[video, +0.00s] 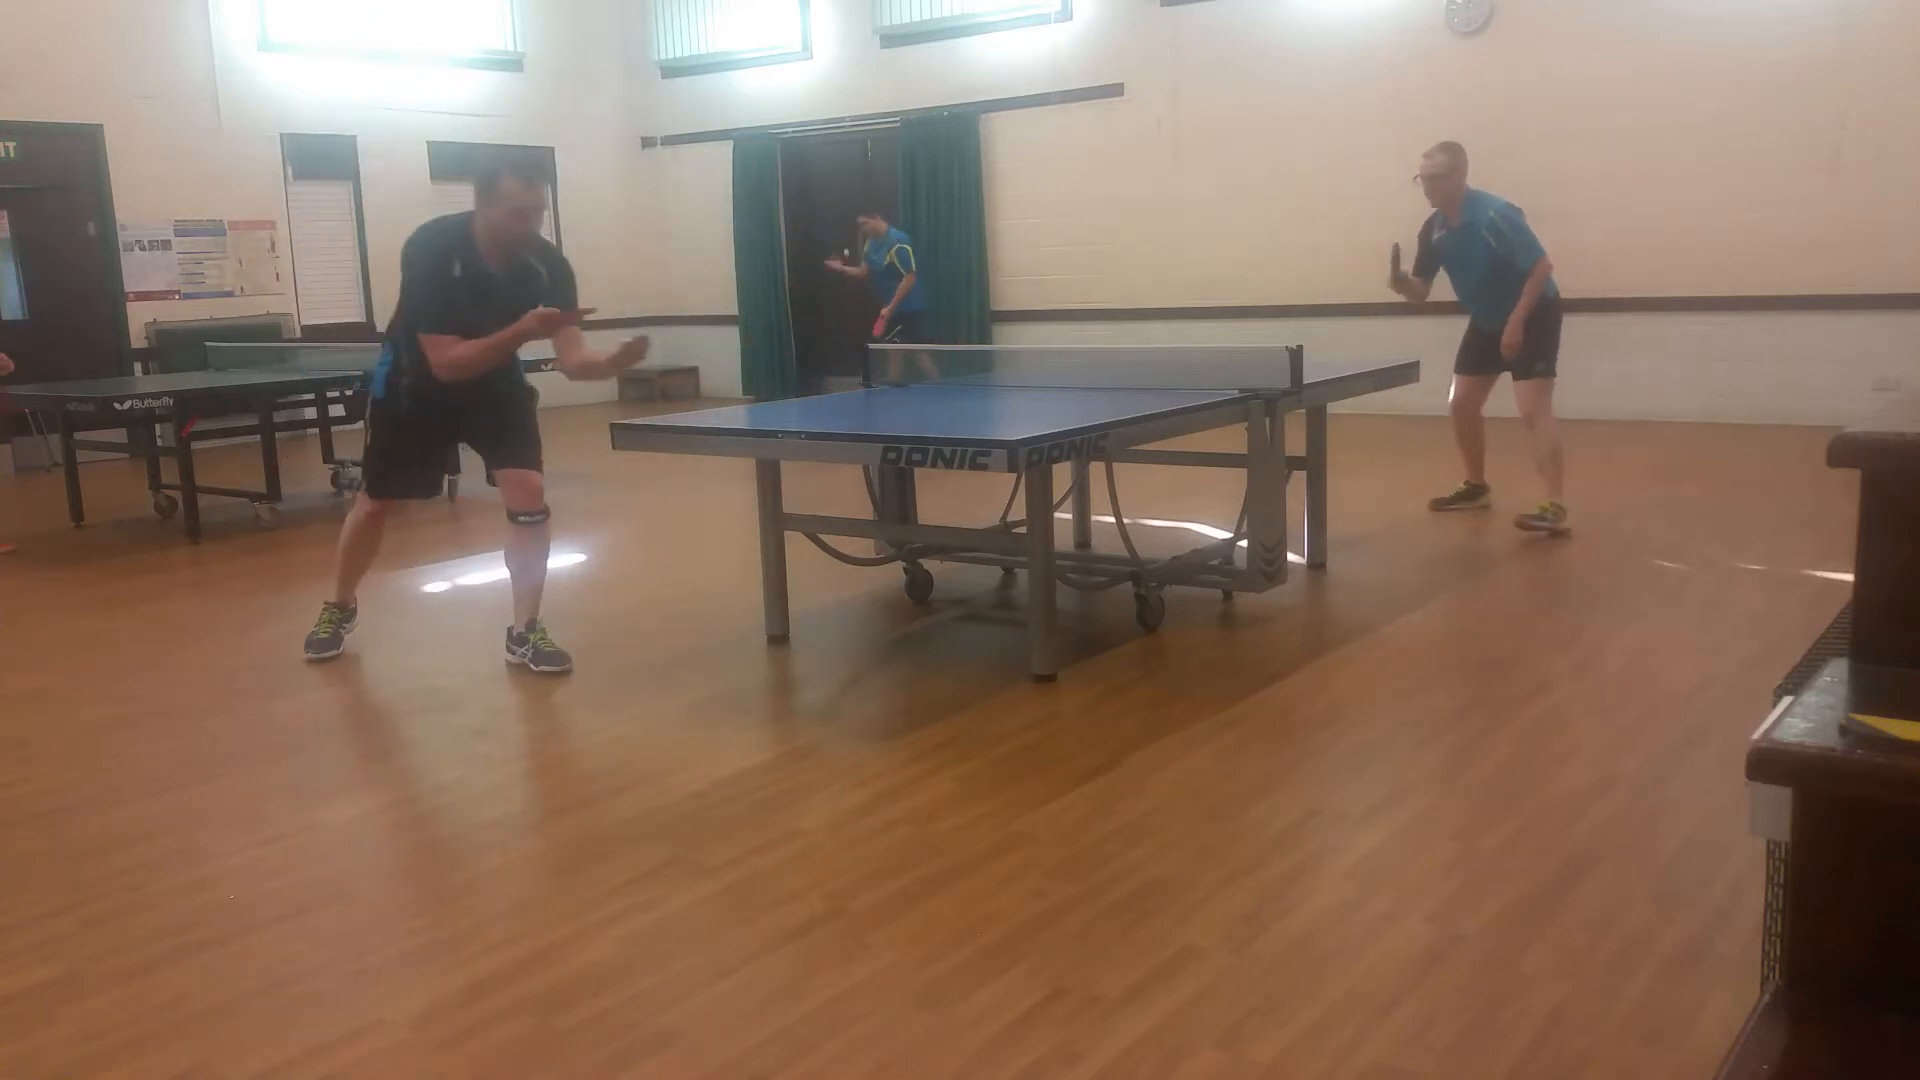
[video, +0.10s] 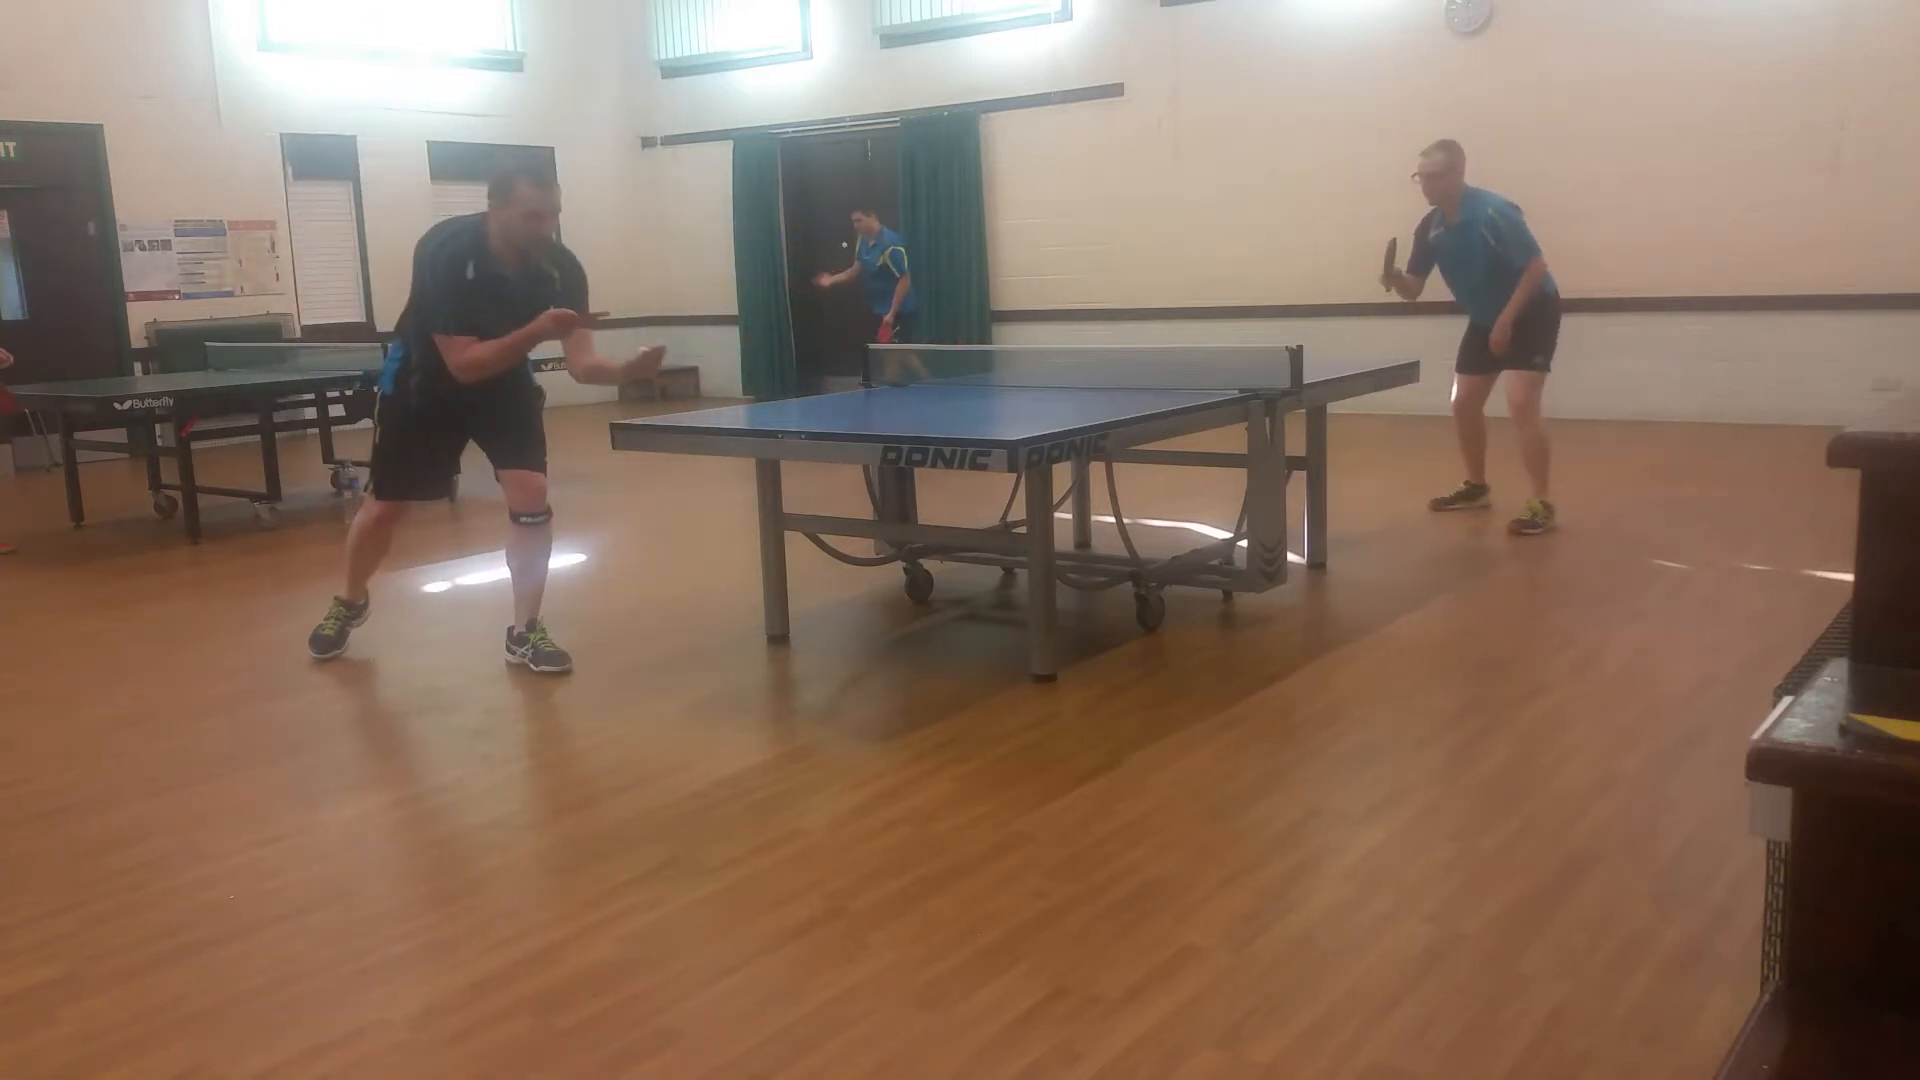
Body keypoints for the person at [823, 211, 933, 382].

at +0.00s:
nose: (863, 229)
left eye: (864, 224)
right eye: (861, 226)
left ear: (876, 219)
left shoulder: (898, 241)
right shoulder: (871, 243)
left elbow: (910, 277)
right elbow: (862, 272)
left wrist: (890, 308)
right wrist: (841, 268)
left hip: (908, 306)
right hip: (892, 306)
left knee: (894, 350)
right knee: (916, 350)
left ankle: (893, 395)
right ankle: (940, 388)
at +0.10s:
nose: (856, 226)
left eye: (858, 221)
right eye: (854, 222)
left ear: (872, 218)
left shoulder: (891, 245)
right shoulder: (864, 239)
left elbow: (904, 280)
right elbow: (857, 269)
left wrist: (891, 314)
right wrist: (831, 280)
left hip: (899, 310)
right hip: (879, 308)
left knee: (890, 353)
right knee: (903, 352)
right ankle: (928, 385)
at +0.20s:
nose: (851, 225)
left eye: (854, 220)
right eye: (849, 221)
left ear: (867, 218)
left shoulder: (887, 244)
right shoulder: (855, 239)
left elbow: (902, 282)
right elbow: (851, 269)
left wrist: (893, 315)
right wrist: (832, 291)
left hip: (890, 312)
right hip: (869, 311)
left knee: (892, 358)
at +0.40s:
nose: (841, 227)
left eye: (845, 223)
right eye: (839, 223)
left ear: (859, 222)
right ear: (837, 224)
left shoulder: (878, 244)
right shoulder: (840, 240)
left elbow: (889, 276)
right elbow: (838, 270)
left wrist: (862, 303)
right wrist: (838, 300)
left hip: (879, 308)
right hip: (851, 307)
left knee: (880, 351)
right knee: (845, 351)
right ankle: (856, 389)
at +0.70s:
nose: (807, 229)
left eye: (811, 224)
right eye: (805, 225)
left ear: (824, 224)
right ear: (803, 228)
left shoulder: (846, 247)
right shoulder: (807, 248)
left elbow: (862, 278)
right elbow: (810, 277)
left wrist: (834, 286)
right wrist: (808, 305)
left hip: (852, 315)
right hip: (822, 315)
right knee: (821, 359)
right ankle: (824, 408)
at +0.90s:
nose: (786, 219)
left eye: (790, 214)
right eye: (783, 214)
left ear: (804, 215)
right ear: (781, 218)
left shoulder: (826, 241)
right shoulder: (786, 241)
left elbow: (842, 277)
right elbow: (784, 275)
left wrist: (844, 312)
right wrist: (779, 307)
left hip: (826, 316)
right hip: (799, 317)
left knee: (825, 358)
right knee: (810, 363)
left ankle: (847, 398)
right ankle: (824, 407)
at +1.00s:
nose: (777, 218)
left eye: (781, 213)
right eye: (775, 214)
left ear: (795, 214)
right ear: (773, 217)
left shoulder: (818, 242)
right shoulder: (775, 241)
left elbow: (837, 279)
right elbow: (769, 275)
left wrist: (850, 310)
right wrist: (762, 304)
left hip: (817, 310)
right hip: (791, 312)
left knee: (808, 359)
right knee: (808, 360)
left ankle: (820, 407)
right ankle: (821, 406)